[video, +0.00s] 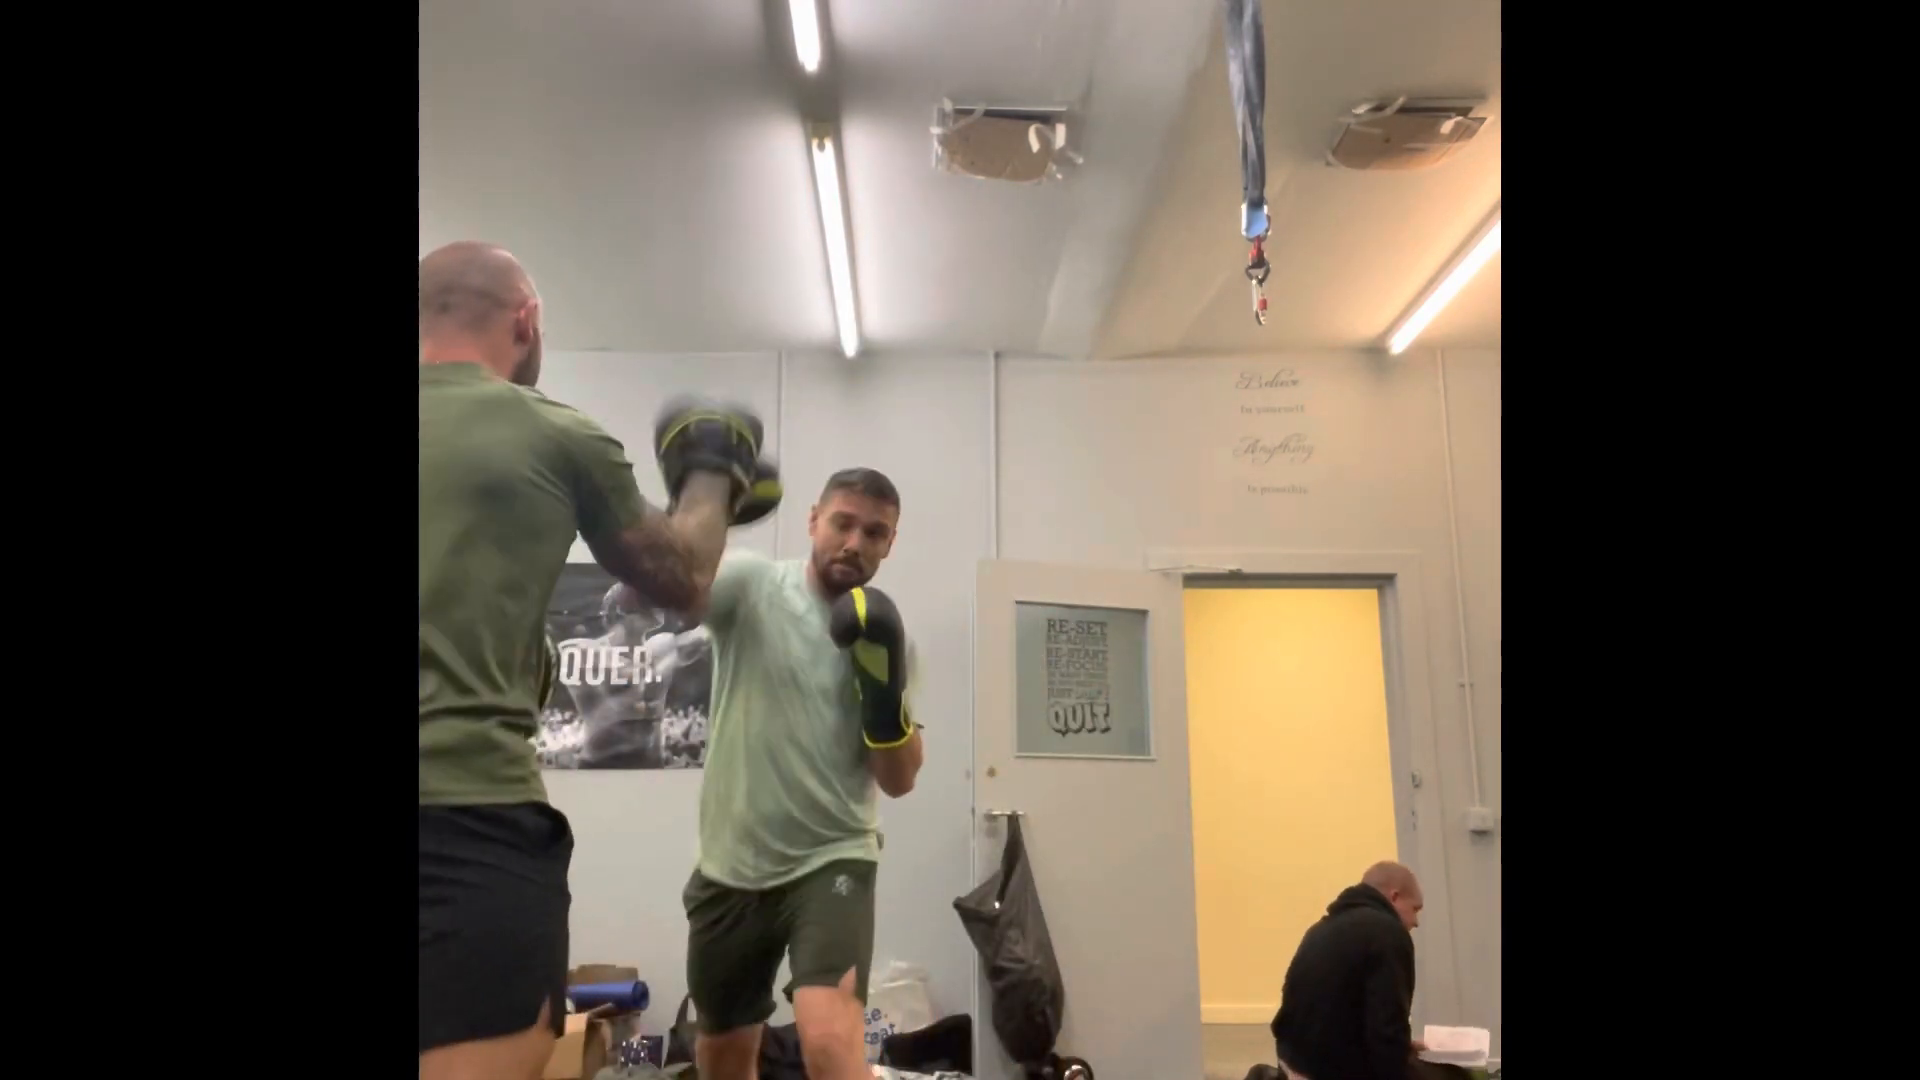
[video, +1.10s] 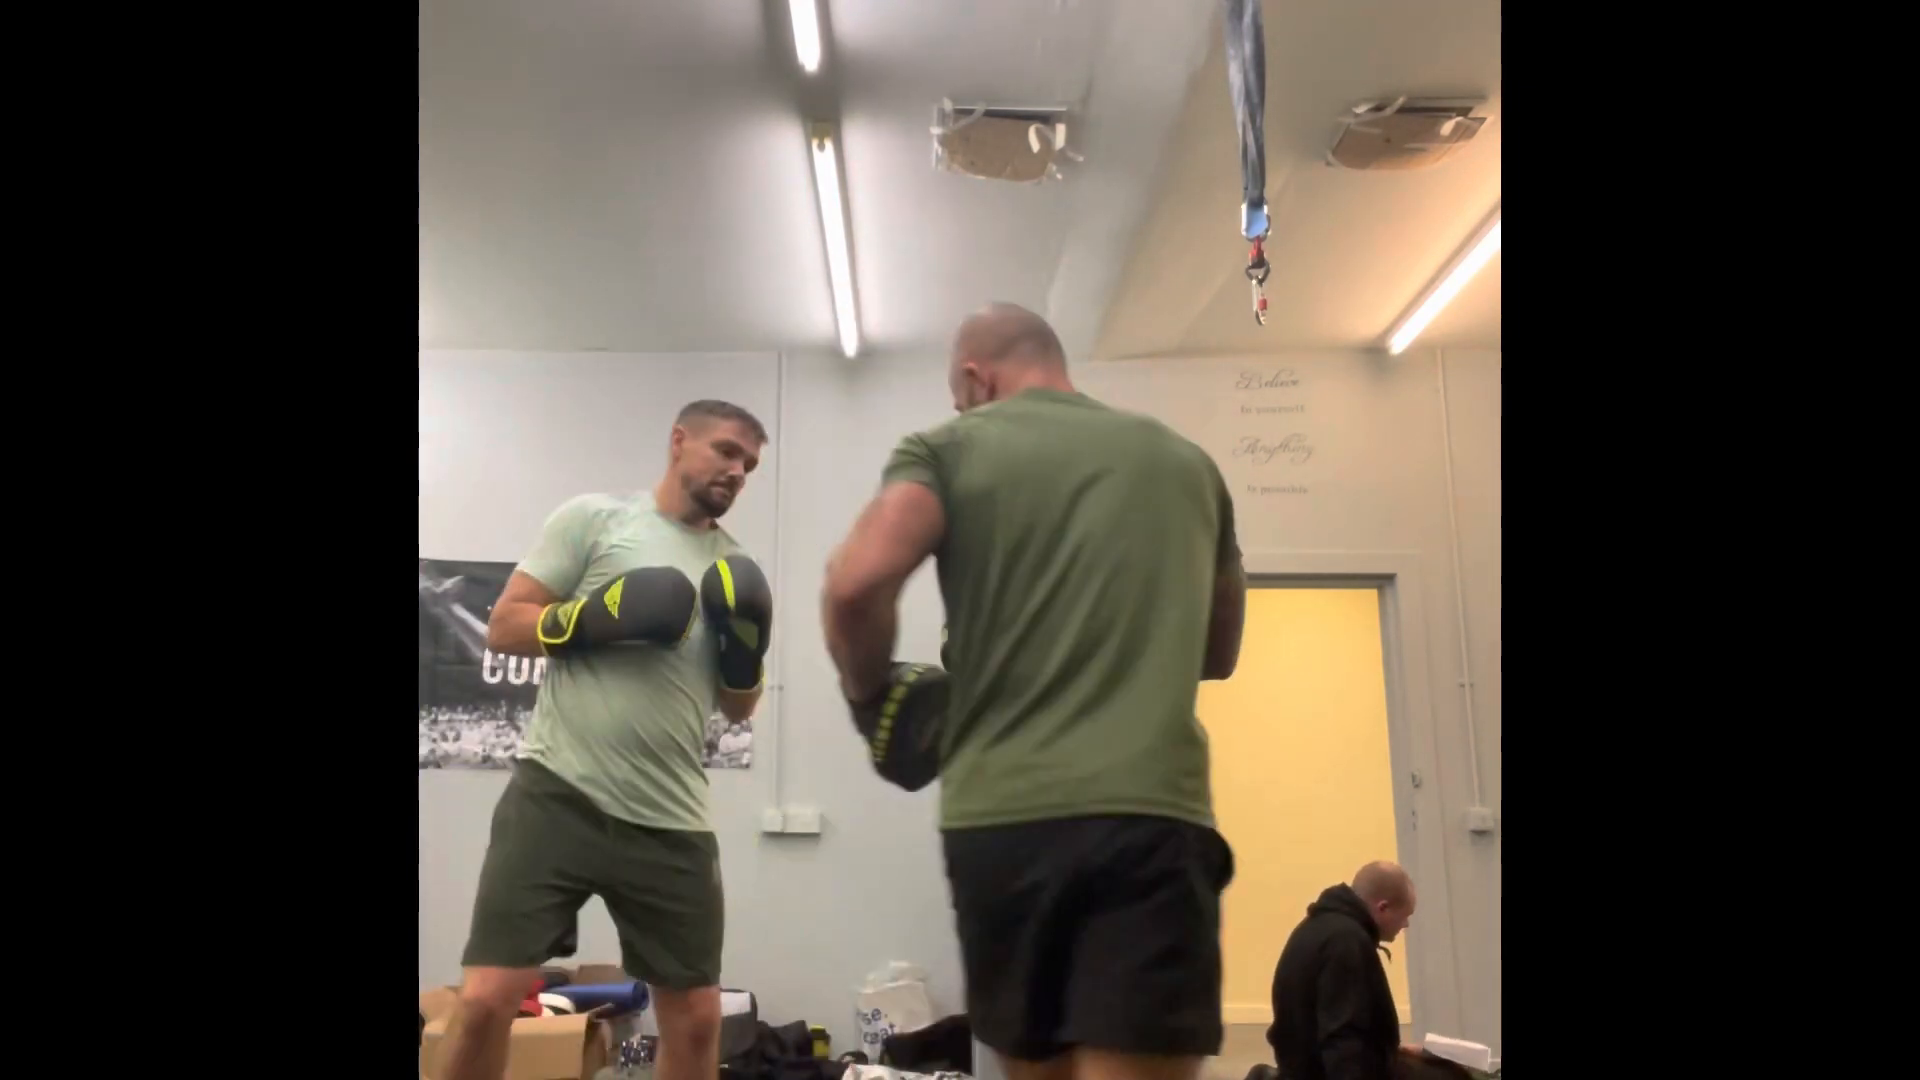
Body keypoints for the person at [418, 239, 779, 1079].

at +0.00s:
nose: (539, 350)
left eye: (538, 332)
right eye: (538, 329)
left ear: (424, 317)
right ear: (523, 320)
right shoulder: (546, 434)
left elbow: (677, 579)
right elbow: (681, 583)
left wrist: (703, 489)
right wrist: (713, 470)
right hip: (467, 818)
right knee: (479, 1059)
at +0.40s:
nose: (581, 315)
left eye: (577, 294)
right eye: (582, 292)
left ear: (451, 284)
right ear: (561, 284)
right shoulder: (537, 400)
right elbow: (701, 574)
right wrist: (767, 475)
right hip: (452, 810)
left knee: (498, 1053)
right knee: (483, 1063)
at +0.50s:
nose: (540, 305)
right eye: (539, 288)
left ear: (421, 286)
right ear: (518, 285)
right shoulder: (550, 413)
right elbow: (667, 541)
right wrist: (662, 494)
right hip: (461, 815)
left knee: (517, 1047)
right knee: (478, 1061)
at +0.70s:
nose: (643, 279)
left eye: (643, 257)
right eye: (646, 254)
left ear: (512, 232)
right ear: (618, 236)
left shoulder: (428, 343)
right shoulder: (624, 344)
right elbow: (732, 527)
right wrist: (772, 480)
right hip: (513, 796)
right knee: (541, 1058)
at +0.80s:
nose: (723, 296)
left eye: (722, 277)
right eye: (726, 274)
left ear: (599, 248)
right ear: (704, 250)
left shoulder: (467, 363)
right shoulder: (675, 333)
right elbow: (703, 552)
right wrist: (785, 525)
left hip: (427, 772)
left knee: (426, 1053)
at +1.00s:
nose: (725, 511)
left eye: (741, 498)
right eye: (708, 487)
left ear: (760, 516)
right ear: (682, 497)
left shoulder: (775, 606)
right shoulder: (615, 586)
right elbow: (549, 703)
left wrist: (769, 671)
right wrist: (597, 681)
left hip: (724, 886)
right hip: (609, 871)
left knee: (733, 1067)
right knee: (546, 1061)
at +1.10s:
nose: (737, 471)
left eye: (749, 464)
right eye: (726, 451)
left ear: (752, 478)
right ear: (679, 442)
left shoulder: (737, 572)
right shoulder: (591, 517)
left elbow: (739, 709)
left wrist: (742, 646)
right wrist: (585, 619)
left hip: (671, 818)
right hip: (556, 793)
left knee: (696, 1019)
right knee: (484, 1004)